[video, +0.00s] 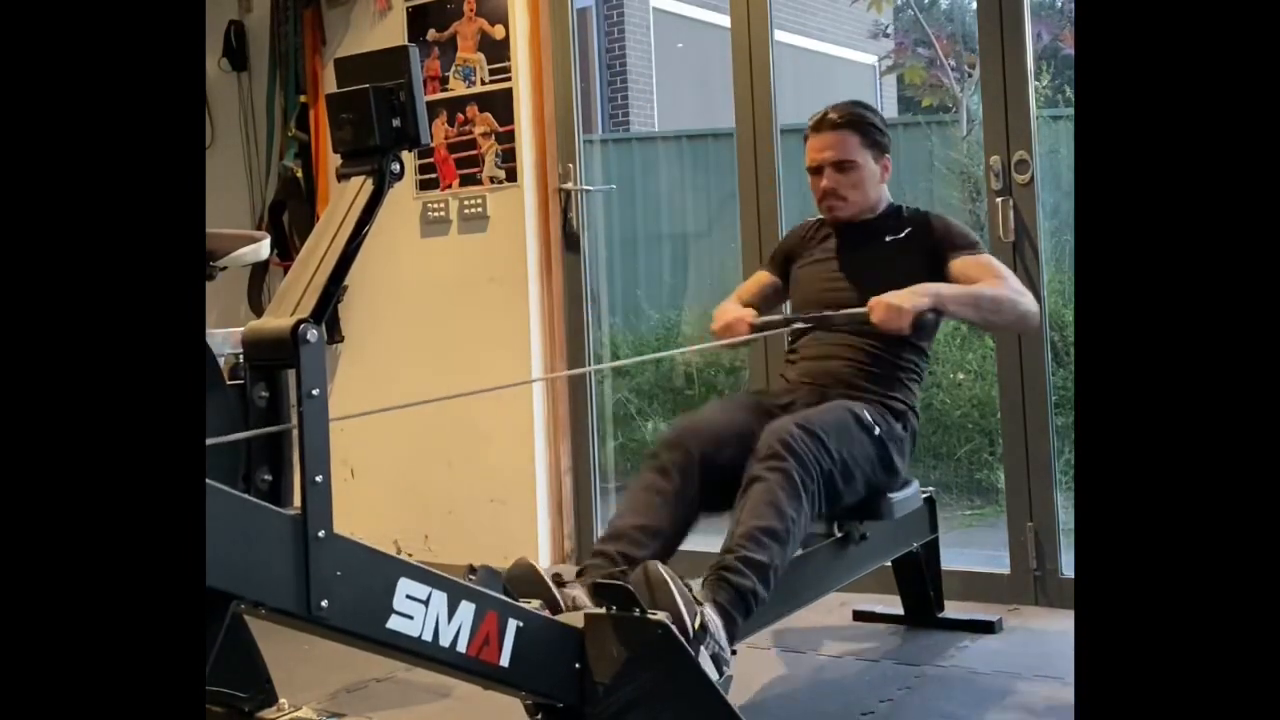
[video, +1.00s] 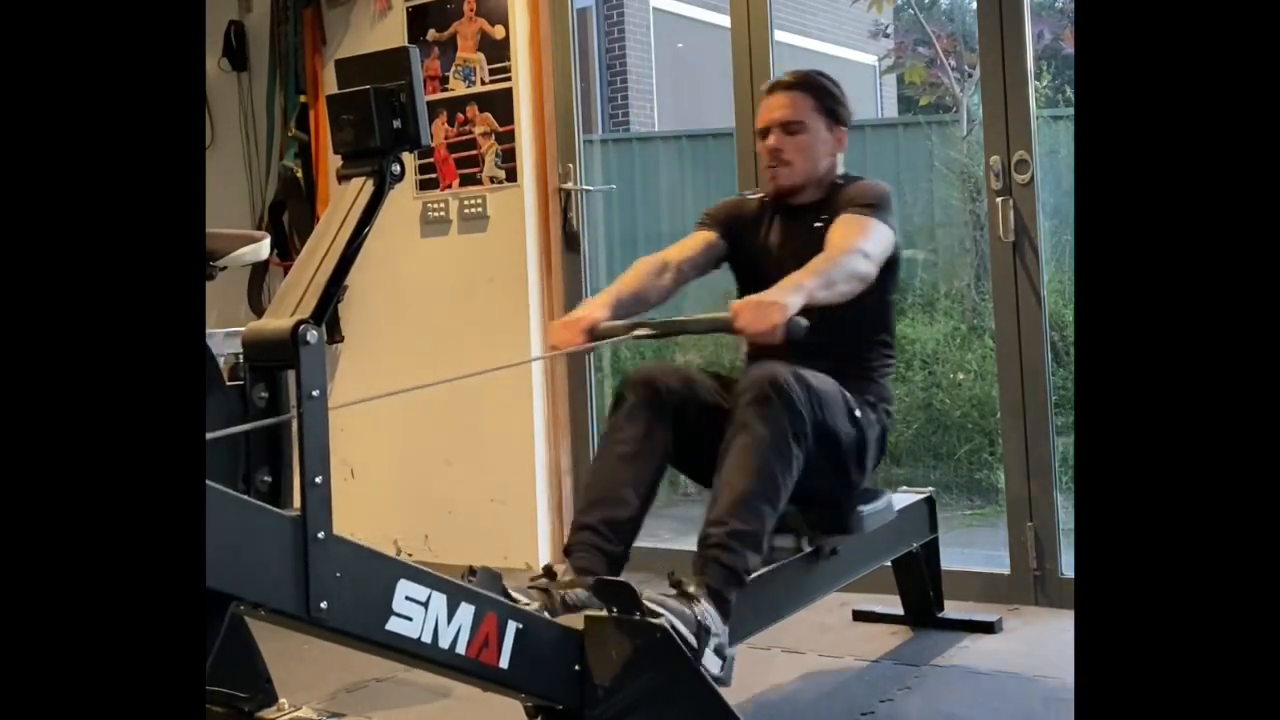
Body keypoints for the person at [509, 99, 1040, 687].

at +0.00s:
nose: (825, 184)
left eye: (840, 169)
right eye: (815, 171)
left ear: (883, 167)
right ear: (809, 173)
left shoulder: (926, 234)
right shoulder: (804, 241)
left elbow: (1022, 307)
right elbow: (742, 300)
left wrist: (931, 295)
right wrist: (734, 313)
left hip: (870, 414)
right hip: (778, 406)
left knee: (785, 446)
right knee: (685, 443)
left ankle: (716, 625)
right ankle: (591, 591)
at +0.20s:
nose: (788, 165)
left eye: (806, 148)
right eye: (777, 151)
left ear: (850, 150)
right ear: (768, 156)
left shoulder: (896, 222)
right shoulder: (761, 231)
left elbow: (983, 284)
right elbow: (700, 282)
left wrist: (876, 278)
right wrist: (667, 295)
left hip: (849, 450)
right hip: (752, 436)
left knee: (762, 390)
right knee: (656, 383)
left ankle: (717, 618)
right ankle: (593, 577)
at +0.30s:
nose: (753, 150)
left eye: (771, 132)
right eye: (743, 136)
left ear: (818, 137)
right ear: (734, 142)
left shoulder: (861, 206)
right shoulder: (731, 218)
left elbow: (910, 263)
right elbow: (646, 276)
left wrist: (805, 273)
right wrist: (596, 293)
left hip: (829, 456)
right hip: (737, 448)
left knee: (744, 363)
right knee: (627, 359)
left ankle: (712, 610)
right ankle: (585, 576)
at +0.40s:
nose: (708, 146)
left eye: (729, 128)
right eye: (699, 130)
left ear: (777, 135)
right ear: (689, 137)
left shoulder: (817, 203)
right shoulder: (684, 219)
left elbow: (833, 258)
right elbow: (598, 273)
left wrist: (725, 298)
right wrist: (525, 312)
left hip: (803, 470)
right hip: (710, 467)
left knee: (730, 337)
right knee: (604, 347)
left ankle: (705, 590)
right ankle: (578, 573)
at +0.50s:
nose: (661, 148)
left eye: (685, 129)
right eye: (653, 131)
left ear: (738, 137)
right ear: (644, 138)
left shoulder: (783, 207)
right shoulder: (639, 227)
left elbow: (767, 271)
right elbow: (550, 289)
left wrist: (672, 319)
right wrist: (460, 345)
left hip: (776, 477)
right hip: (680, 479)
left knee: (718, 330)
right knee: (584, 314)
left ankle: (700, 575)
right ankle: (579, 563)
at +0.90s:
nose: (728, 145)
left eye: (748, 129)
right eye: (720, 132)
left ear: (797, 137)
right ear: (712, 140)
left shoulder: (829, 200)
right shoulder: (701, 217)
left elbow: (804, 264)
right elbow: (620, 270)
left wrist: (732, 306)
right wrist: (540, 315)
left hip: (811, 465)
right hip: (724, 458)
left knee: (745, 342)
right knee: (618, 353)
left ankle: (703, 592)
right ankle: (581, 573)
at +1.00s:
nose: (771, 145)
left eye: (790, 129)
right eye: (763, 133)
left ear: (838, 140)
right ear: (754, 144)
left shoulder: (866, 202)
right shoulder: (742, 217)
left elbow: (849, 262)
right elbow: (669, 267)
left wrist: (787, 294)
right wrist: (603, 306)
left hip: (846, 436)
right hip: (755, 423)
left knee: (770, 380)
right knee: (650, 385)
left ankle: (708, 608)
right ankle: (583, 577)